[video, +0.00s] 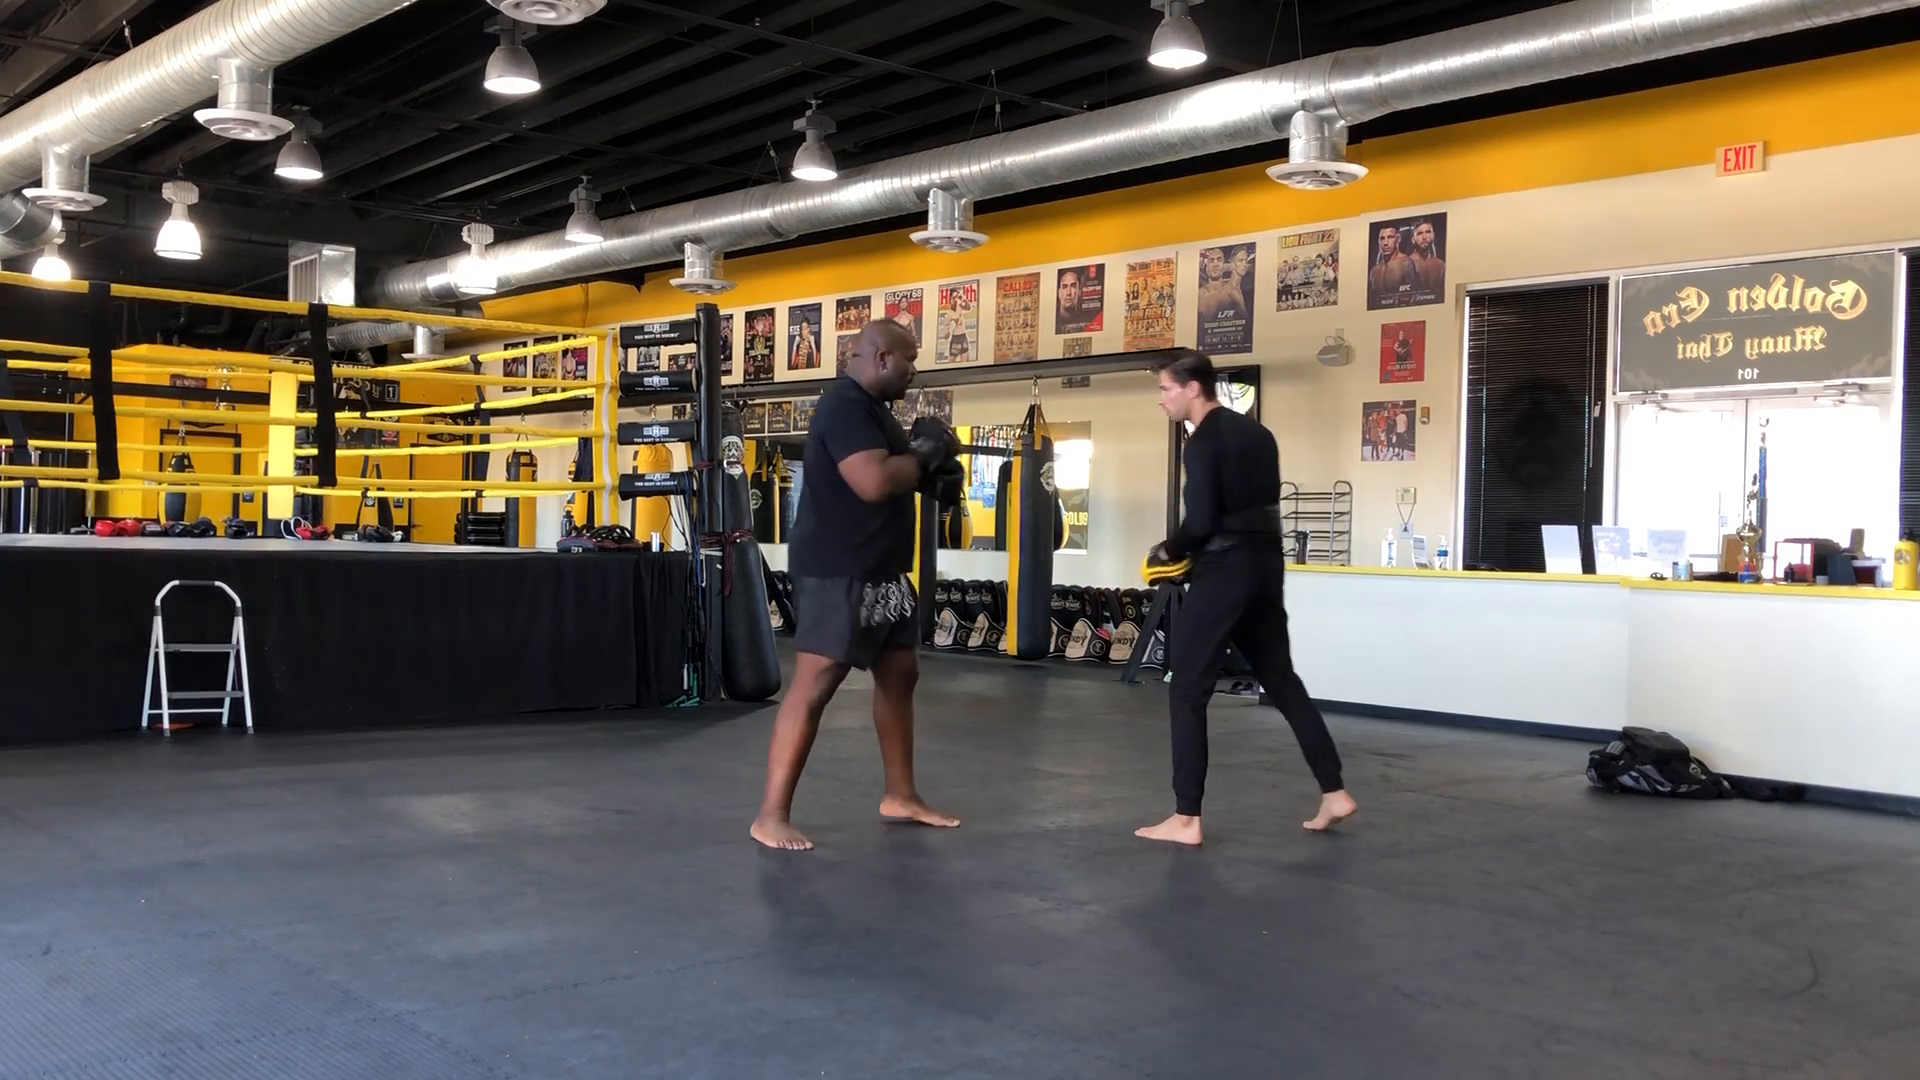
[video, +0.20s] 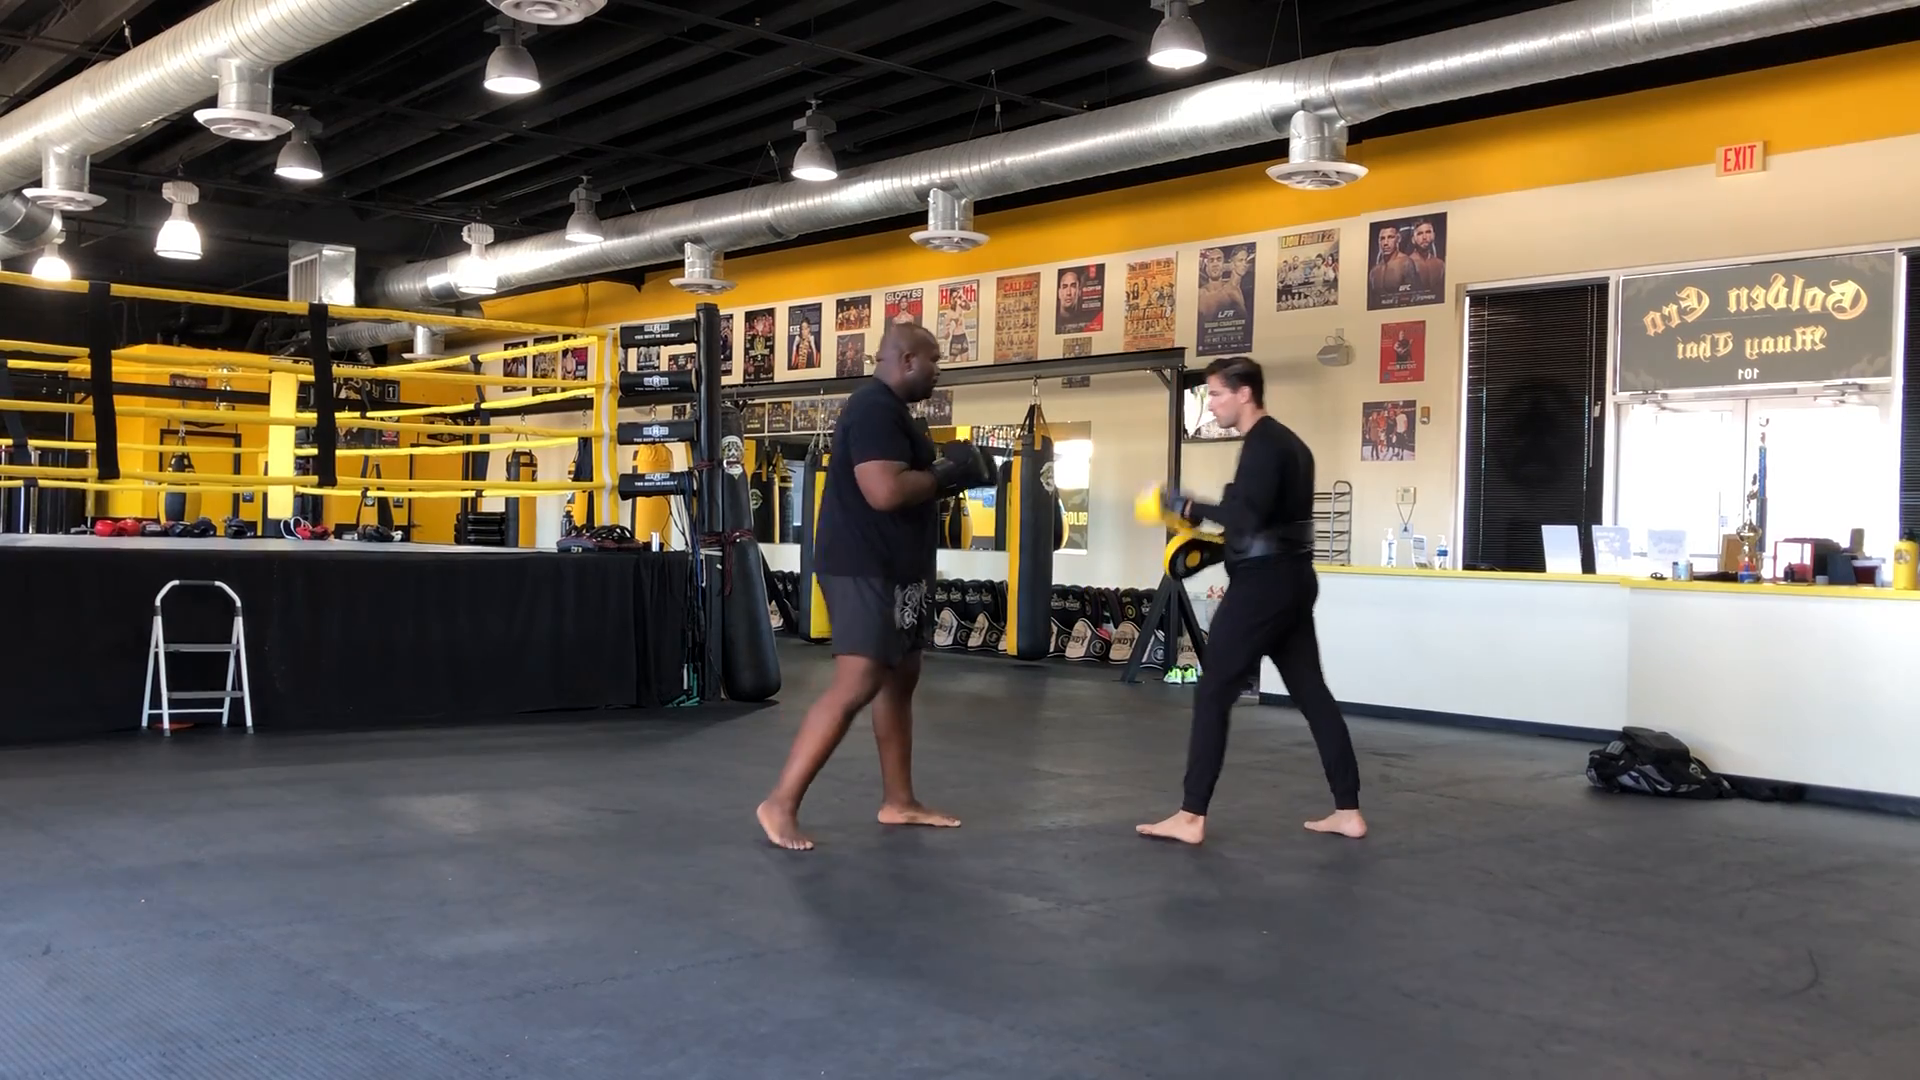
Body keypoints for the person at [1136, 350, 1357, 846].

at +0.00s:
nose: (1161, 401)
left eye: (1166, 390)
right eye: (1160, 391)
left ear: (1194, 388)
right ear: (1199, 390)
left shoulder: (1203, 440)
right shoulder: (1260, 433)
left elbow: (1200, 521)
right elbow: (1260, 509)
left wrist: (1169, 549)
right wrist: (1200, 545)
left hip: (1224, 568)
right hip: (1266, 566)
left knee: (1186, 688)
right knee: (1280, 680)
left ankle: (1186, 817)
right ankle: (1335, 792)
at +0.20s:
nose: (1211, 405)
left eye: (1216, 395)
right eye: (1210, 396)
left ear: (1246, 394)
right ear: (1248, 397)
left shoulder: (1262, 442)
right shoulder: (1291, 445)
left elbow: (1243, 516)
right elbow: (1273, 522)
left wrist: (1186, 506)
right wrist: (1201, 513)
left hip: (1260, 584)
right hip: (1293, 582)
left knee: (1212, 691)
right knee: (1312, 694)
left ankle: (1191, 815)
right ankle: (1348, 811)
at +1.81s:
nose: (1333, 394)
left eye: (1339, 385)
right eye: (1333, 385)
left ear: (1367, 385)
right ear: (1369, 387)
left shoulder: (1379, 433)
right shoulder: (1399, 437)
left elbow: (1356, 492)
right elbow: (1356, 509)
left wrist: (1307, 464)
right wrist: (1307, 490)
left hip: (1368, 579)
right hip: (1399, 578)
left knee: (1341, 698)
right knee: (1408, 698)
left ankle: (1355, 823)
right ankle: (1423, 816)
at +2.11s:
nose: (1328, 389)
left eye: (1334, 379)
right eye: (1328, 380)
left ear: (1361, 380)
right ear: (1367, 381)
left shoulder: (1369, 425)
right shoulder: (1405, 436)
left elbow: (1322, 458)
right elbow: (1342, 492)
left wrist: (1296, 412)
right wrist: (1288, 450)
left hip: (1356, 574)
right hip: (1394, 573)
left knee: (1344, 699)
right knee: (1397, 695)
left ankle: (1356, 823)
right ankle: (1422, 814)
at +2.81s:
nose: (1302, 382)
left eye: (1309, 373)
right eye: (1302, 373)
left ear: (1337, 376)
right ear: (1333, 377)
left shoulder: (1360, 430)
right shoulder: (1333, 431)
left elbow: (1344, 511)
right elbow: (1278, 476)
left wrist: (1278, 518)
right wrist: (1239, 437)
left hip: (1356, 573)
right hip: (1347, 570)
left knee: (1349, 693)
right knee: (1356, 689)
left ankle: (1357, 823)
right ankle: (1412, 799)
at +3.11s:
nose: (1313, 384)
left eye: (1319, 375)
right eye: (1313, 374)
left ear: (1347, 378)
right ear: (1351, 379)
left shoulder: (1364, 431)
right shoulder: (1387, 426)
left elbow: (1363, 515)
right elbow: (1356, 494)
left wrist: (1306, 534)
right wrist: (1306, 485)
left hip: (1365, 575)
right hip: (1389, 571)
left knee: (1360, 699)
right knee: (1384, 691)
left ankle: (1357, 823)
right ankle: (1418, 806)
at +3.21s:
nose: (1318, 384)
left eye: (1324, 375)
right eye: (1319, 375)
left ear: (1351, 377)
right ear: (1360, 379)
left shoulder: (1366, 432)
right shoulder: (1404, 428)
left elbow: (1363, 513)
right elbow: (1391, 500)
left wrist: (1307, 531)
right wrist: (1324, 495)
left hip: (1370, 575)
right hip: (1405, 571)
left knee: (1362, 698)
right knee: (1400, 691)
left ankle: (1358, 824)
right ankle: (1440, 807)